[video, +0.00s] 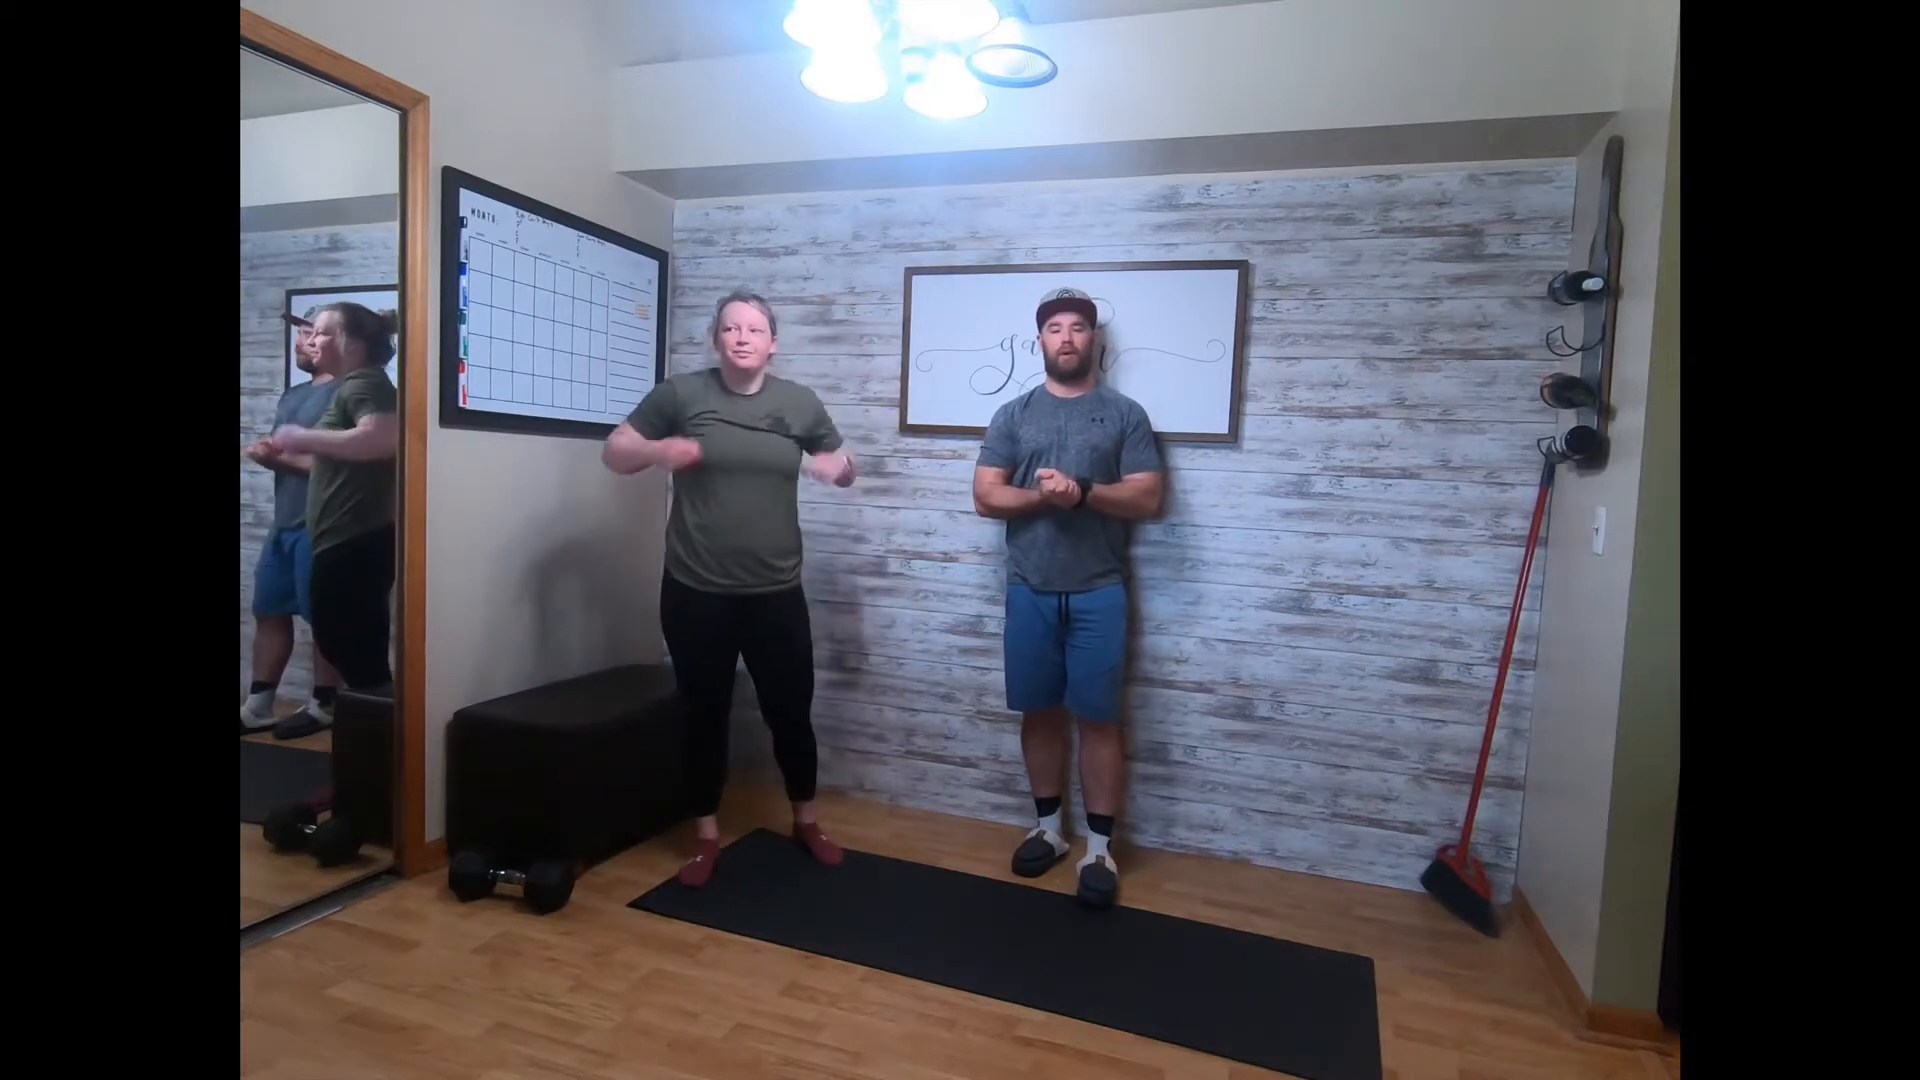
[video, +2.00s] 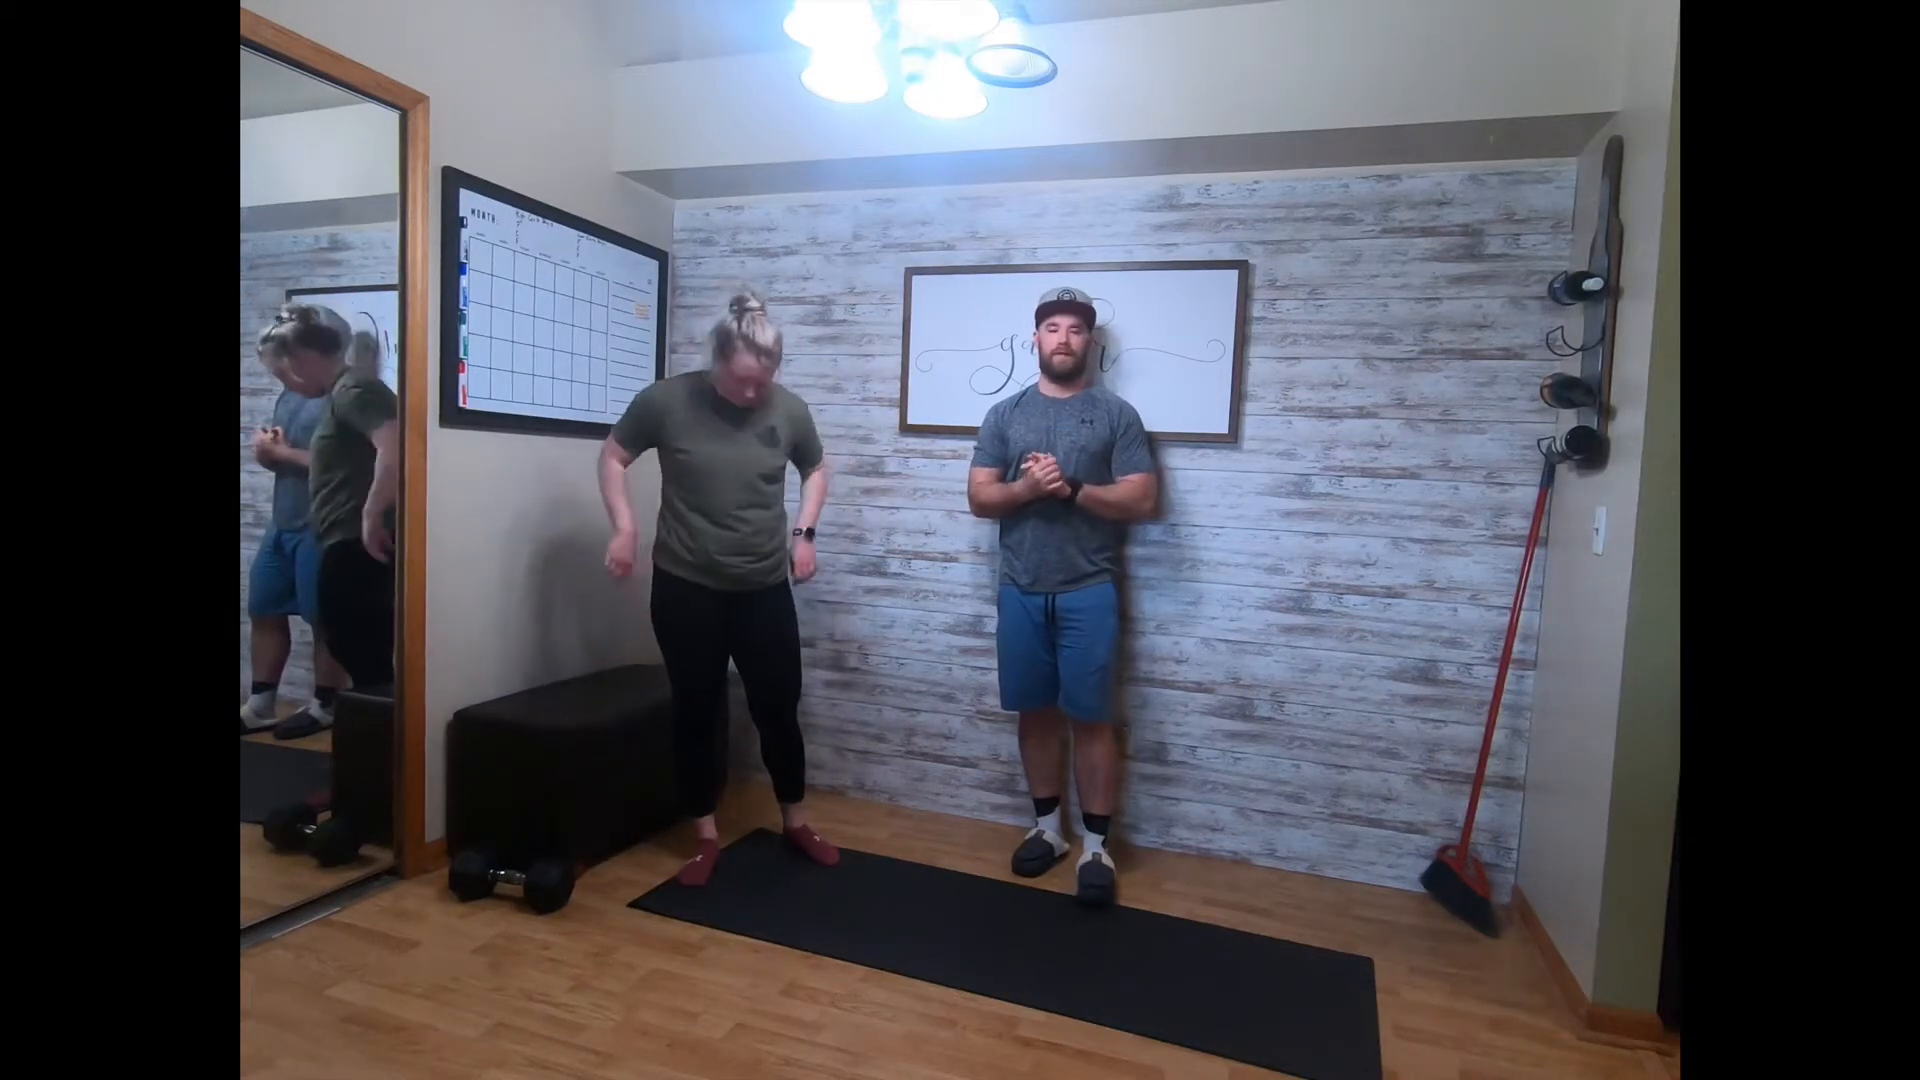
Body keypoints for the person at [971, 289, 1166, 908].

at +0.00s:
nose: (1067, 336)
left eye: (1078, 327)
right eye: (1056, 328)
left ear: (1095, 340)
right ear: (1041, 341)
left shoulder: (1124, 415)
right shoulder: (1013, 415)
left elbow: (1148, 499)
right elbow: (986, 495)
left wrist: (1082, 491)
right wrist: (1041, 495)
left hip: (1099, 585)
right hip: (1029, 586)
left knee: (1097, 715)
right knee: (1038, 711)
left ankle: (1099, 849)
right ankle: (1048, 829)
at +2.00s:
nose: (1063, 338)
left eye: (1075, 330)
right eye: (1052, 328)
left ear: (1091, 343)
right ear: (1036, 340)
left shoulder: (1115, 414)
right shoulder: (1004, 415)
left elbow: (1143, 500)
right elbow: (980, 498)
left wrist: (1071, 489)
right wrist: (1025, 488)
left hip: (1089, 584)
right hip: (1020, 585)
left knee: (1090, 714)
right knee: (1034, 710)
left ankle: (1096, 848)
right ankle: (1048, 830)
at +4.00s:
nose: (1060, 339)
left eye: (1070, 329)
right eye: (1048, 332)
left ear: (1089, 339)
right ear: (1035, 346)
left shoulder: (1124, 413)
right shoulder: (1013, 415)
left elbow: (1158, 500)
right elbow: (988, 498)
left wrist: (1100, 479)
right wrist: (1048, 487)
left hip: (1101, 584)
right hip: (1031, 584)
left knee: (1097, 714)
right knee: (1040, 709)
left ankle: (1098, 850)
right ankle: (1049, 830)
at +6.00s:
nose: (1064, 335)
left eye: (1075, 326)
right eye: (1052, 329)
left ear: (1094, 338)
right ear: (1039, 343)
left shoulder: (1127, 414)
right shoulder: (1015, 417)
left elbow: (1163, 499)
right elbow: (987, 497)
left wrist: (1104, 488)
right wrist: (1042, 503)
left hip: (1102, 585)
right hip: (1033, 585)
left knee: (1098, 716)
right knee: (1041, 711)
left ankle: (1098, 850)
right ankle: (1049, 831)